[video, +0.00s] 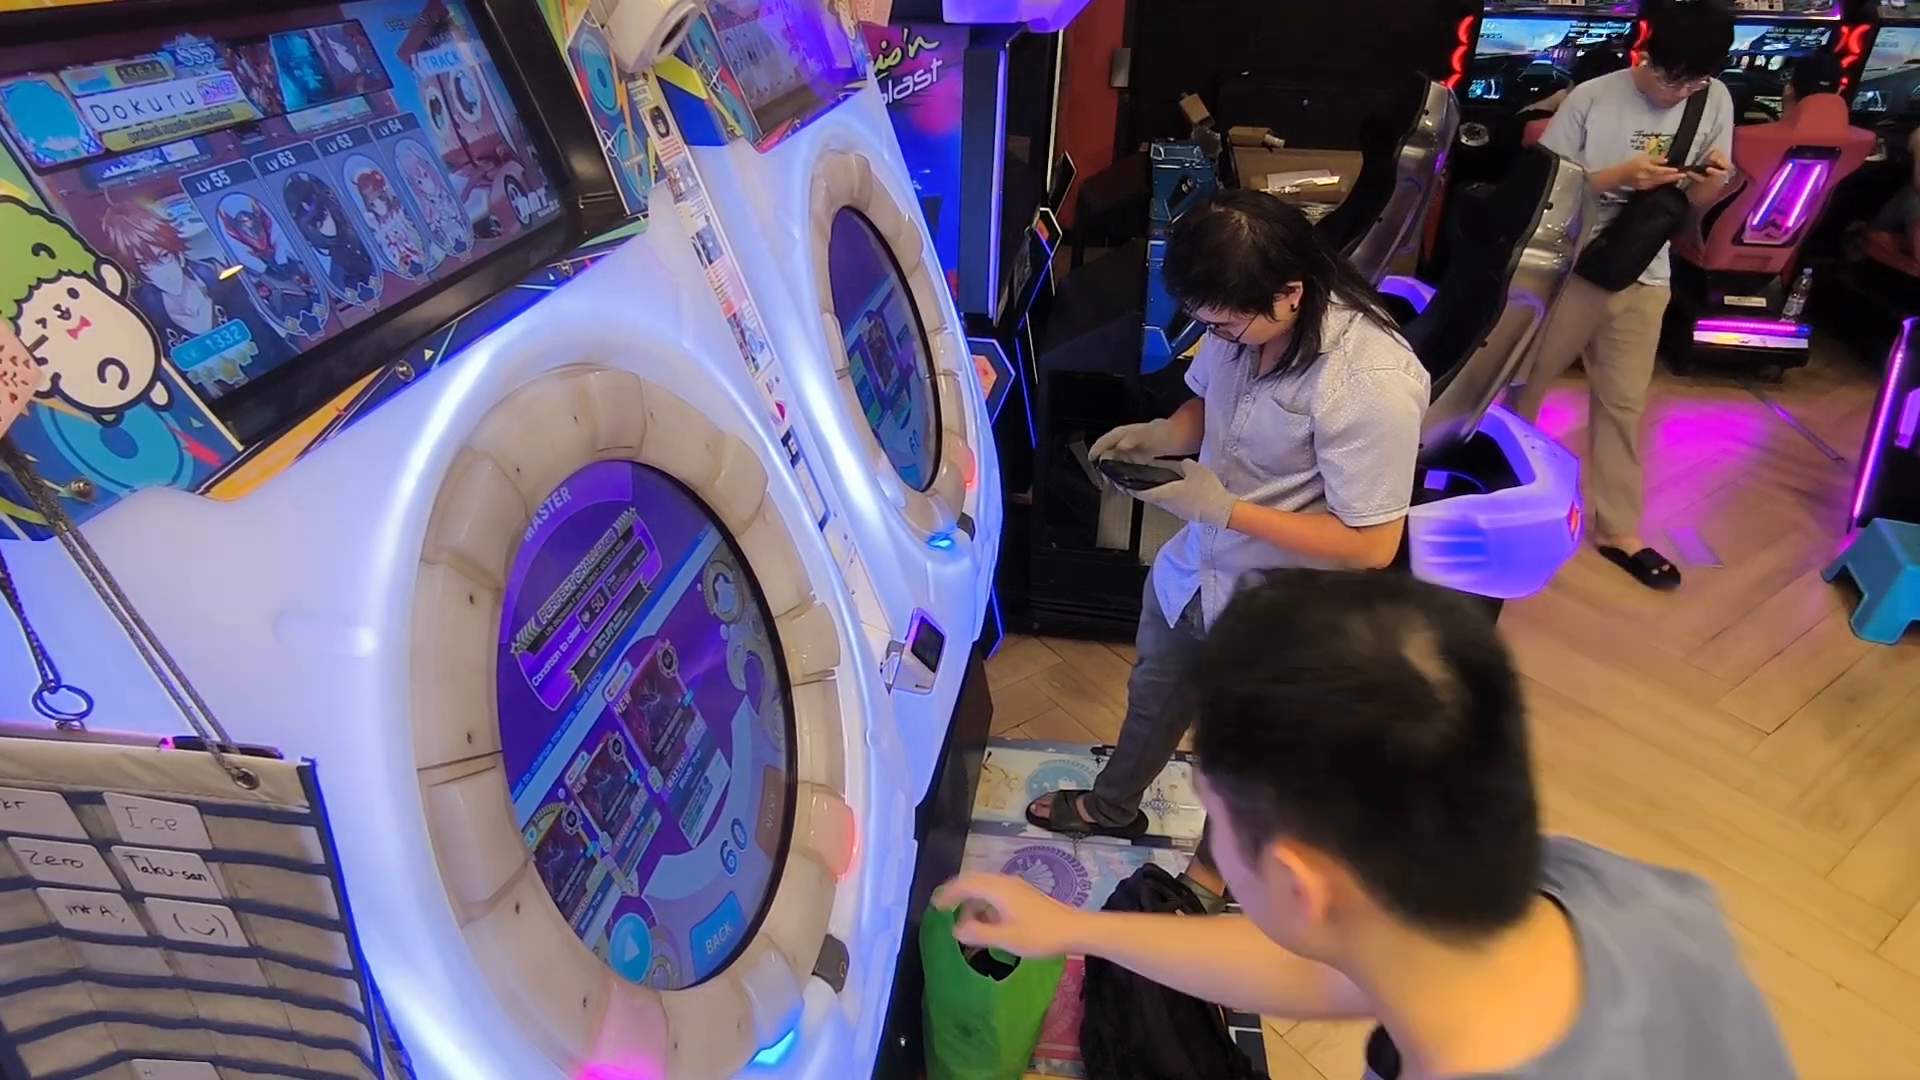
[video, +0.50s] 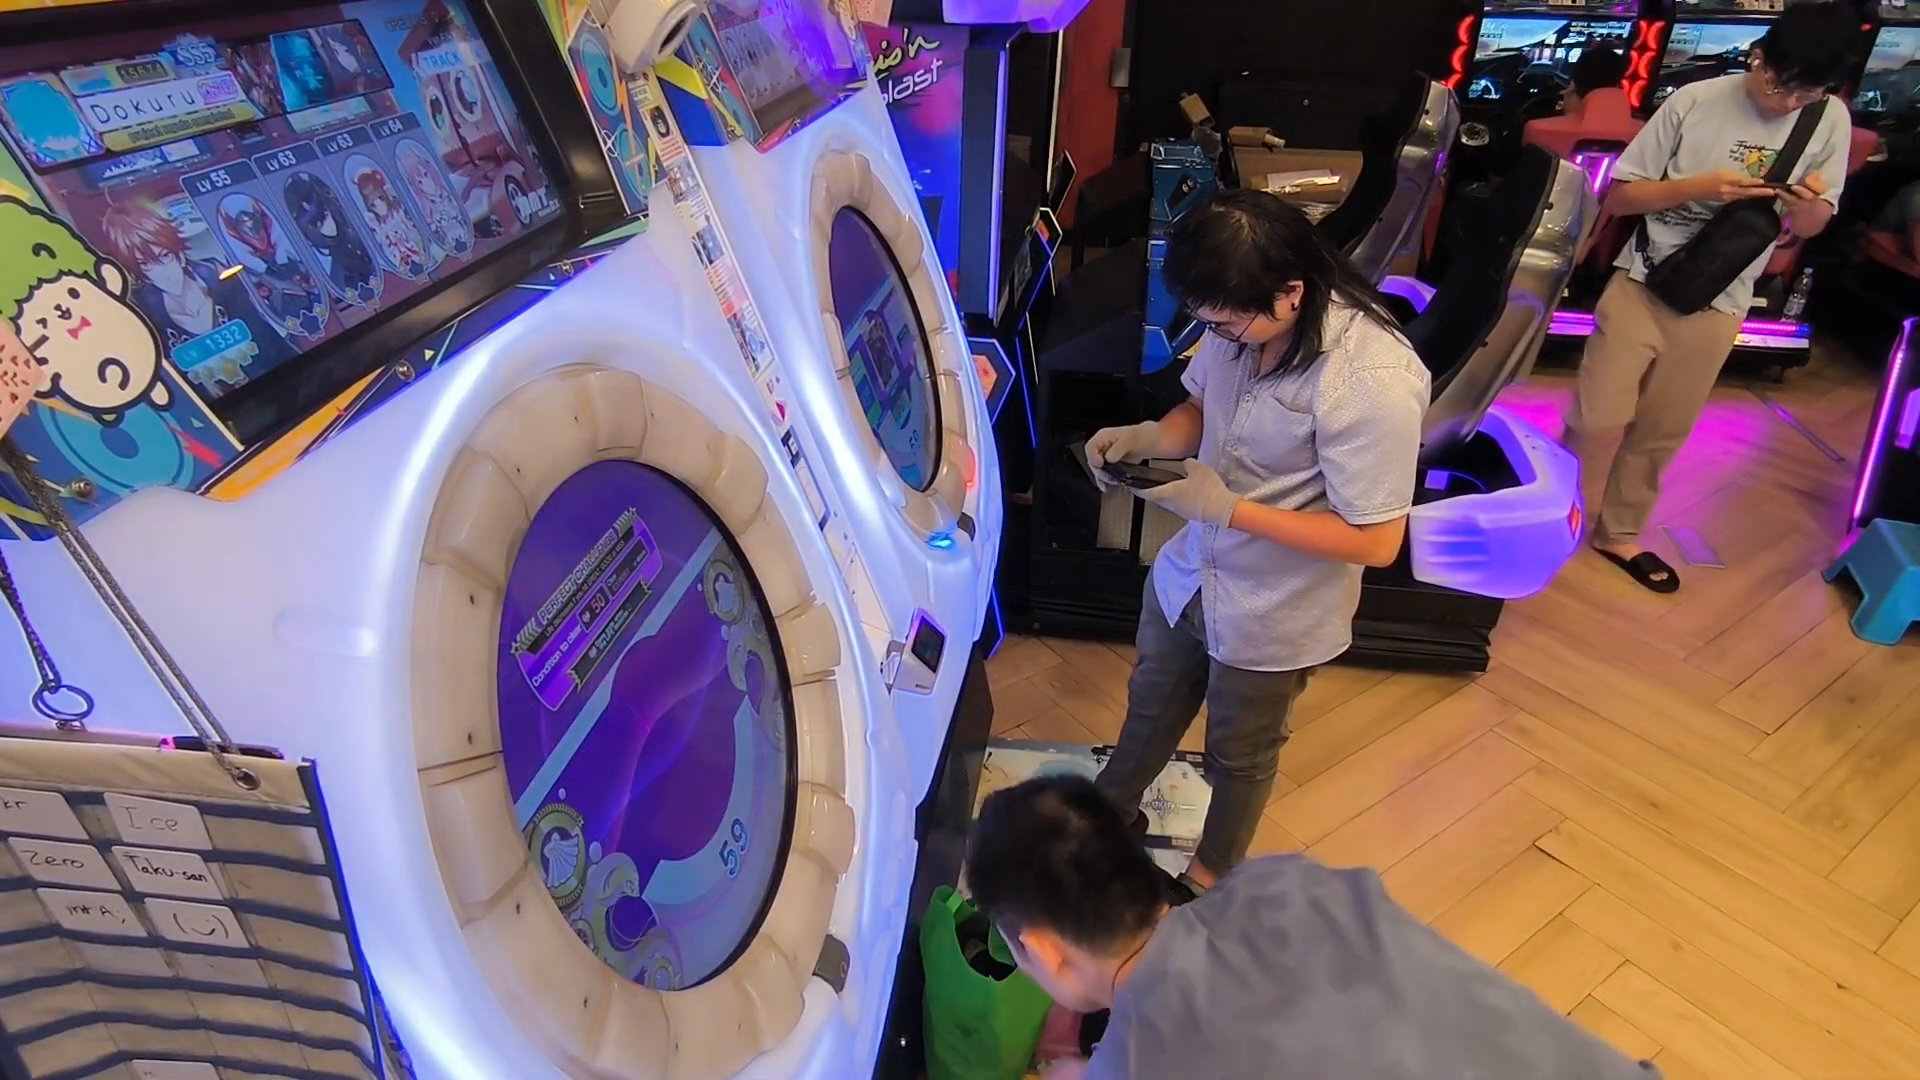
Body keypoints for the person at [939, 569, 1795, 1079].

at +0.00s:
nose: (1209, 824)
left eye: (1216, 804)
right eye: (1214, 800)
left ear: (1304, 886)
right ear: (1484, 768)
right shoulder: (1590, 890)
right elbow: (1328, 971)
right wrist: (1076, 931)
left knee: (1128, 986)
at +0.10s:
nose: (1141, 829)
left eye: (1142, 806)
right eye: (1138, 802)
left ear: (1218, 850)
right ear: (1362, 746)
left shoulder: (1372, 1070)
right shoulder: (1491, 837)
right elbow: (1211, 921)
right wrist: (992, 894)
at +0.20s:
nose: (1077, 838)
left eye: (1075, 818)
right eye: (1070, 815)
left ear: (1142, 854)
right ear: (1261, 746)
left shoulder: (1276, 1059)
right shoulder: (1375, 817)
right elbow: (1173, 917)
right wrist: (969, 898)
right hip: (1644, 1041)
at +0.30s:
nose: (1030, 871)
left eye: (1028, 852)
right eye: (1020, 852)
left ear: (1076, 873)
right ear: (1191, 776)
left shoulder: (1195, 1058)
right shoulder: (1323, 824)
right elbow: (1201, 953)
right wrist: (1012, 938)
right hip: (1635, 1052)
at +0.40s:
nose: (1023, 919)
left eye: (1015, 899)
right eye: (1008, 899)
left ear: (1052, 912)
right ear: (1161, 819)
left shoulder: (1148, 1064)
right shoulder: (1297, 852)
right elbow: (1234, 973)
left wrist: (1071, 1038)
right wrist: (1084, 1005)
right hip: (1627, 1063)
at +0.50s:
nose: (1024, 960)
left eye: (1013, 939)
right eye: (1009, 940)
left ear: (1047, 948)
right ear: (1145, 855)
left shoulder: (1125, 1069)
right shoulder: (1280, 880)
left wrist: (1066, 1039)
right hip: (1605, 1065)